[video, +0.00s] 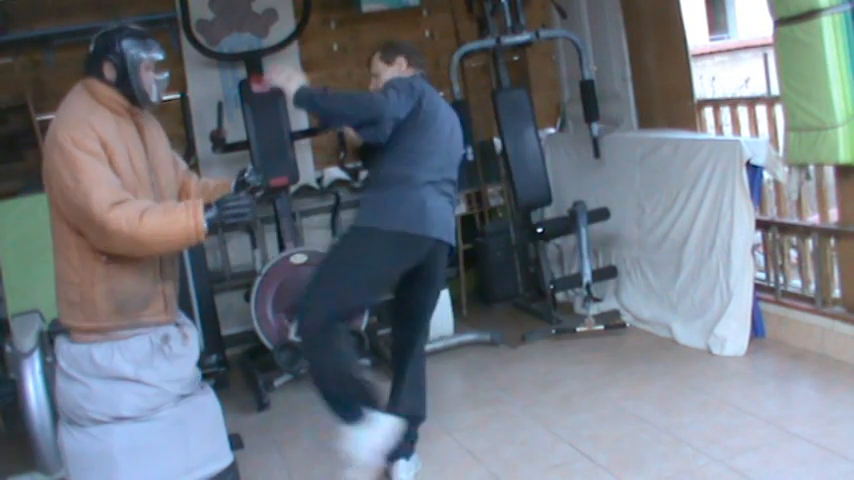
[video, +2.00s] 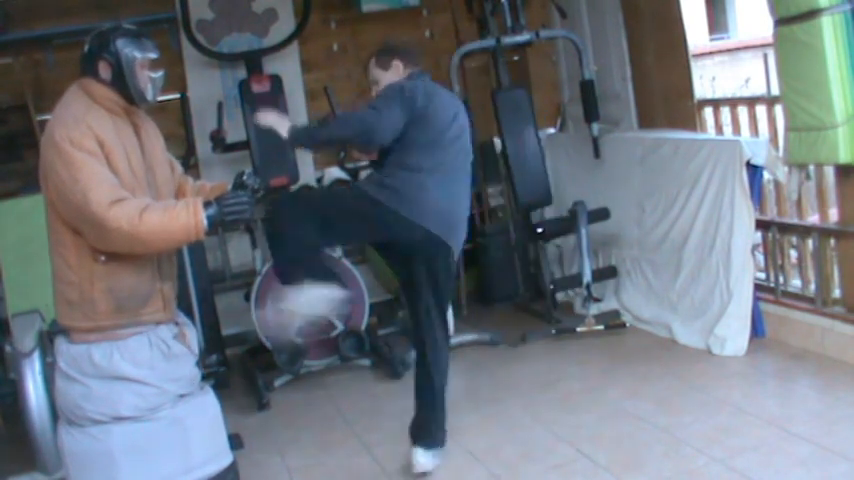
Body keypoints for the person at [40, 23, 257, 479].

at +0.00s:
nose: (155, 78)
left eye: (156, 66)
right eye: (145, 67)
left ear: (120, 67)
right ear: (111, 66)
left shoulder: (142, 120)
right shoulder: (74, 129)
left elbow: (182, 187)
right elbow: (113, 222)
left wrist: (236, 187)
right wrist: (205, 217)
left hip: (158, 320)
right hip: (105, 334)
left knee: (187, 448)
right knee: (124, 459)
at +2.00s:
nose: (149, 75)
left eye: (150, 65)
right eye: (139, 65)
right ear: (105, 67)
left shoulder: (138, 121)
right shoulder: (70, 128)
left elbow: (176, 189)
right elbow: (110, 221)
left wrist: (229, 190)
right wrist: (205, 216)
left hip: (157, 319)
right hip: (104, 332)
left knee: (191, 449)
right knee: (125, 459)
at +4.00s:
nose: (147, 73)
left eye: (147, 63)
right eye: (136, 63)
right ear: (103, 66)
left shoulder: (140, 121)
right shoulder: (68, 129)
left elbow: (178, 188)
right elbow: (109, 222)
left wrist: (231, 188)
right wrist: (201, 217)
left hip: (160, 320)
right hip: (104, 334)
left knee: (196, 453)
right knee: (125, 462)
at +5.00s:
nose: (148, 75)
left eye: (148, 64)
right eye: (138, 65)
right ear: (100, 66)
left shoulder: (137, 120)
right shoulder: (66, 129)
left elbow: (176, 189)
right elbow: (107, 222)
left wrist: (230, 186)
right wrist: (199, 217)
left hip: (158, 318)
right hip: (104, 333)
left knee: (201, 453)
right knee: (125, 463)